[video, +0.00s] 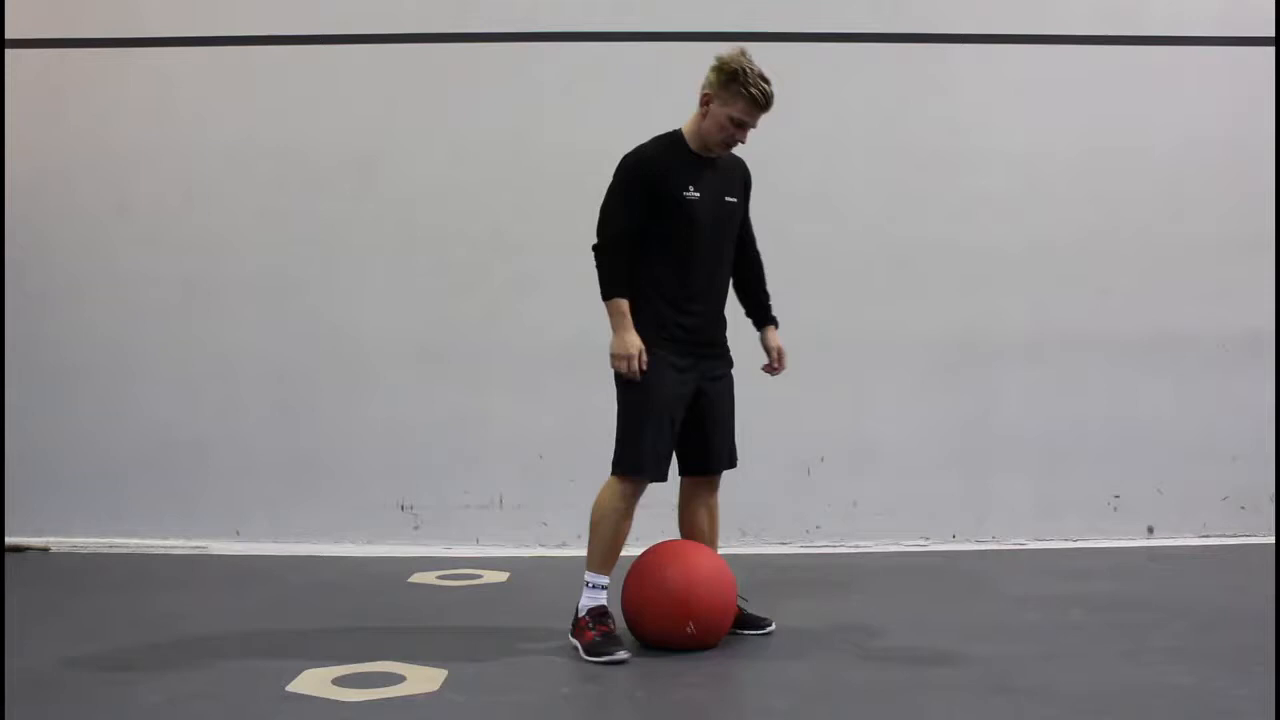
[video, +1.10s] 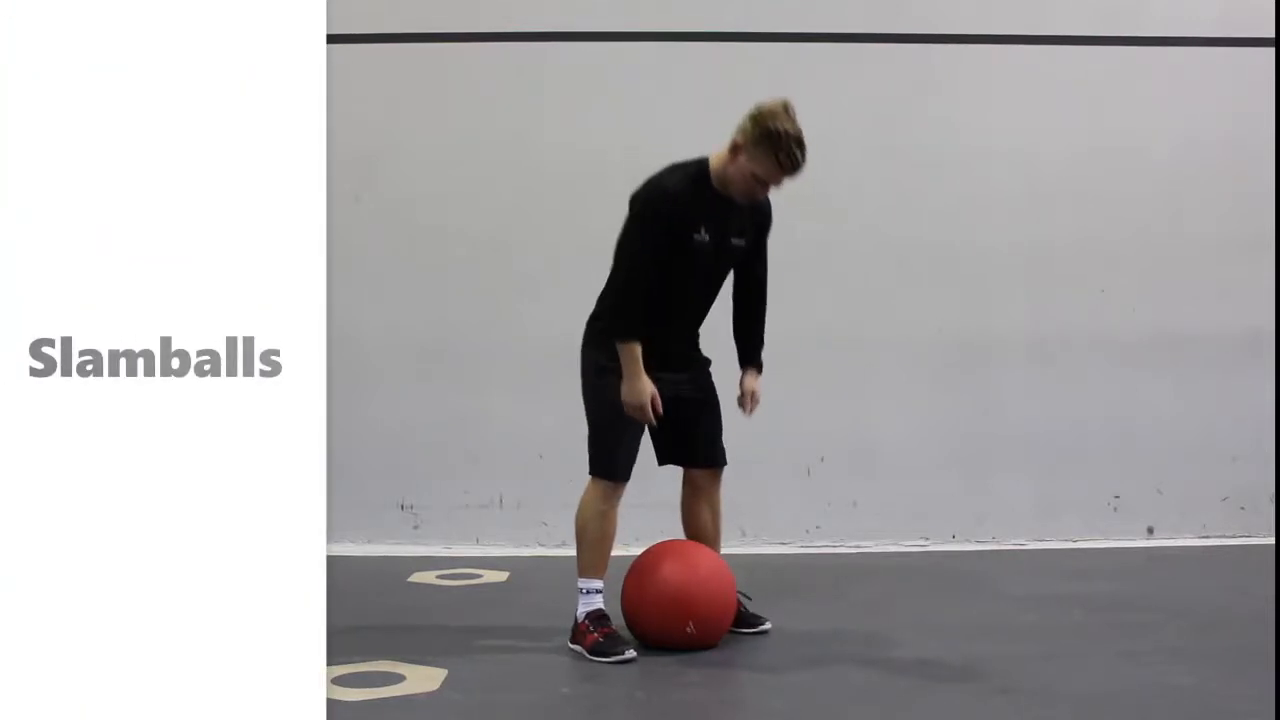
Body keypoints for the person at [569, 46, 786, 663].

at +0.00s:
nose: (742, 135)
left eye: (750, 126)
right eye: (737, 122)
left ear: (753, 120)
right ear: (706, 103)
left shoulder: (735, 173)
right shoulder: (644, 164)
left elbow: (742, 252)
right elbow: (608, 247)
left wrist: (766, 324)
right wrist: (622, 327)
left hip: (709, 353)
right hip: (653, 350)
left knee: (703, 476)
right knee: (632, 476)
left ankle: (707, 602)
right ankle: (592, 607)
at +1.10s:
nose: (763, 192)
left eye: (773, 184)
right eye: (758, 179)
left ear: (780, 175)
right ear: (735, 149)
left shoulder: (754, 211)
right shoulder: (665, 195)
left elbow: (750, 290)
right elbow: (624, 289)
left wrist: (751, 366)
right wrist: (632, 371)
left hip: (679, 347)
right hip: (617, 345)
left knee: (705, 464)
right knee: (611, 473)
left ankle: (710, 596)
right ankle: (589, 614)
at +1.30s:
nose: (773, 266)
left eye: (782, 261)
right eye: (771, 254)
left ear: (793, 250)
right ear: (752, 224)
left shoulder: (766, 271)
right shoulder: (680, 250)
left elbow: (754, 351)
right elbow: (643, 341)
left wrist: (747, 430)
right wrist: (640, 436)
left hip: (669, 364)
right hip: (606, 357)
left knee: (720, 464)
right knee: (609, 471)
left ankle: (711, 595)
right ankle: (588, 615)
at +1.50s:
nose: (785, 355)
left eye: (794, 350)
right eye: (785, 343)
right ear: (764, 314)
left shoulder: (769, 340)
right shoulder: (690, 323)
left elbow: (749, 420)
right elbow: (656, 422)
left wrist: (738, 506)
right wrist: (642, 519)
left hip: (670, 393)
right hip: (600, 382)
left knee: (732, 469)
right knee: (615, 477)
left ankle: (716, 595)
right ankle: (590, 615)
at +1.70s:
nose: (782, 429)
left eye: (791, 425)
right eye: (782, 418)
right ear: (764, 389)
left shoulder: (768, 404)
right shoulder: (693, 388)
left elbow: (746, 488)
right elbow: (655, 488)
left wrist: (728, 576)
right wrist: (639, 580)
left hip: (662, 423)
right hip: (598, 410)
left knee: (755, 477)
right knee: (614, 480)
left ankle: (722, 595)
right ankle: (591, 616)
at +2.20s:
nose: (779, 346)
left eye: (787, 337)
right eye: (777, 332)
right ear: (751, 308)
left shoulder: (762, 353)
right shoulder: (688, 330)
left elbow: (741, 429)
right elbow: (649, 419)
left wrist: (730, 519)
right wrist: (646, 512)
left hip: (661, 396)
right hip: (596, 385)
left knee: (737, 464)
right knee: (609, 473)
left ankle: (712, 596)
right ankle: (592, 616)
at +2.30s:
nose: (768, 299)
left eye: (776, 289)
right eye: (764, 286)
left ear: (784, 280)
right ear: (736, 263)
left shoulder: (758, 315)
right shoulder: (679, 295)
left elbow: (740, 393)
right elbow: (646, 381)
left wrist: (738, 476)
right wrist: (653, 476)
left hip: (659, 381)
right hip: (597, 376)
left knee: (724, 468)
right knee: (612, 472)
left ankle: (713, 594)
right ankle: (592, 616)